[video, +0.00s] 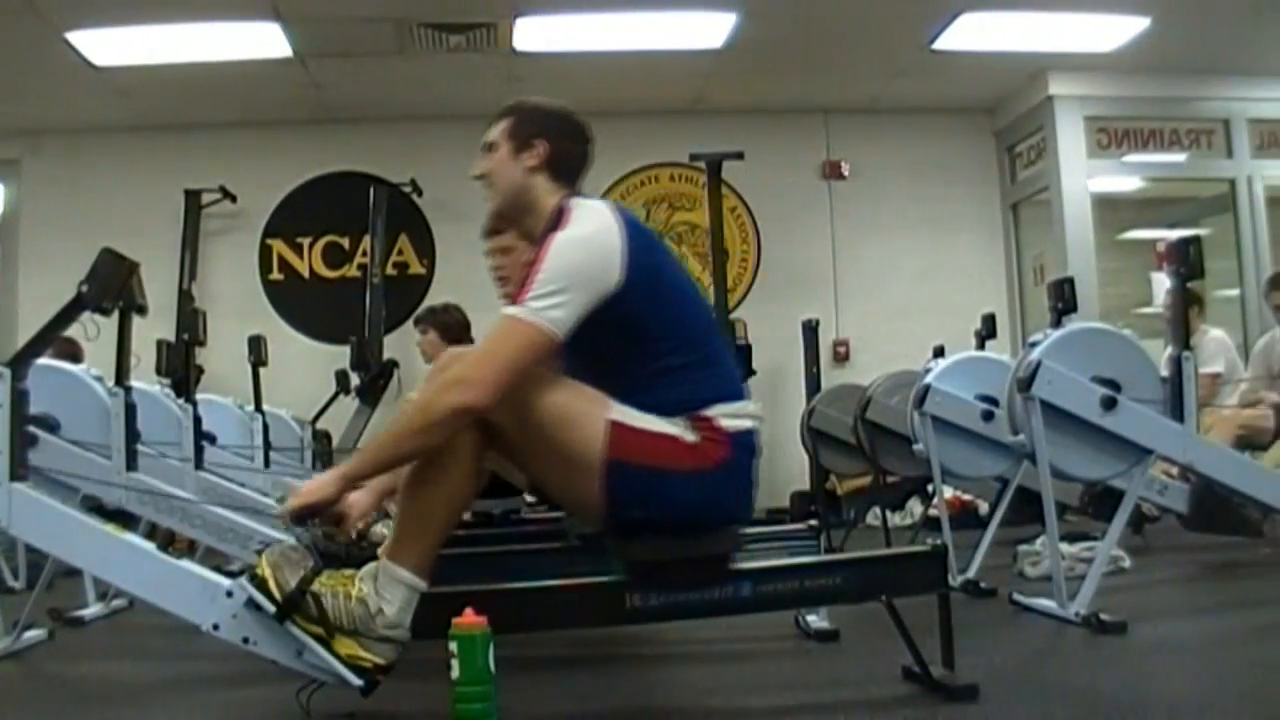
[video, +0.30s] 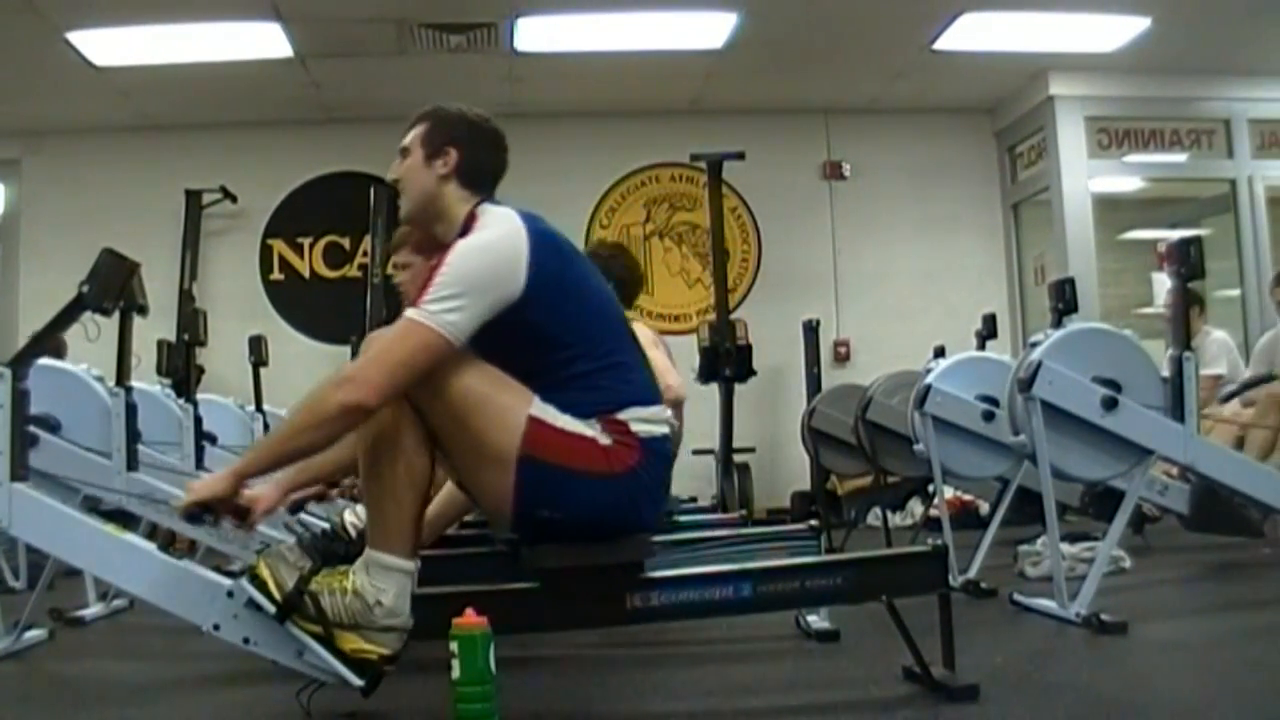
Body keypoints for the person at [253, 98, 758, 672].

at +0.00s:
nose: (479, 168)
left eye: (491, 151)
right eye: (482, 154)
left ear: (536, 157)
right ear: (535, 161)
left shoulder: (591, 234)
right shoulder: (570, 241)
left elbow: (469, 390)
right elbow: (477, 391)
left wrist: (341, 475)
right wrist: (373, 493)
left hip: (700, 462)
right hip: (670, 458)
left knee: (467, 382)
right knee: (465, 398)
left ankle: (385, 603)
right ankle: (384, 601)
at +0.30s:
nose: (393, 174)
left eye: (405, 156)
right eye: (397, 158)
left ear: (446, 163)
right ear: (451, 167)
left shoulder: (498, 242)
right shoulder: (493, 245)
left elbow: (364, 393)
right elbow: (391, 413)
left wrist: (232, 474)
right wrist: (280, 490)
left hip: (609, 471)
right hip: (596, 466)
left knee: (387, 356)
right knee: (402, 365)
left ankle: (382, 593)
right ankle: (385, 590)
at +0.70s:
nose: (452, 151)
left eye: (470, 136)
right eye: (459, 137)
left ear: (513, 148)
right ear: (510, 153)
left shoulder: (547, 229)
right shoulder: (510, 243)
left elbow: (396, 376)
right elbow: (397, 375)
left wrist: (257, 433)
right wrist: (279, 447)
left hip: (645, 469)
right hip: (609, 464)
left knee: (428, 358)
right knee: (416, 359)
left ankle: (386, 589)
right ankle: (378, 568)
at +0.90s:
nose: (543, 138)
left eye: (561, 123)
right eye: (550, 124)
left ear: (606, 140)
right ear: (598, 144)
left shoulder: (639, 225)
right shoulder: (603, 235)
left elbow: (502, 373)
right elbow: (500, 357)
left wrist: (345, 425)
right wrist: (369, 412)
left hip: (716, 458)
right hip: (674, 448)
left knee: (489, 362)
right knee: (474, 336)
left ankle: (391, 594)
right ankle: (389, 571)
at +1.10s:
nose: (636, 134)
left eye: (654, 117)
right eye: (641, 120)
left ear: (700, 131)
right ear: (690, 135)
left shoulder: (738, 219)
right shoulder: (702, 227)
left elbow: (594, 348)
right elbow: (591, 345)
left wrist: (441, 389)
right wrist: (446, 394)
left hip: (797, 448)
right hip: (754, 440)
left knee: (542, 414)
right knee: (527, 418)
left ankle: (388, 609)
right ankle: (386, 598)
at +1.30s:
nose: (724, 134)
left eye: (739, 117)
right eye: (730, 121)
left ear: (788, 126)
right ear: (784, 131)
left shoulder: (827, 211)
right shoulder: (790, 218)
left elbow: (688, 333)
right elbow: (680, 329)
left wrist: (530, 372)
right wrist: (541, 386)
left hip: (860, 446)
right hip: (822, 439)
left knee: (594, 457)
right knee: (583, 460)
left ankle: (396, 610)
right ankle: (390, 592)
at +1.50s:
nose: (799, 133)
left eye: (814, 117)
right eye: (802, 119)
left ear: (864, 125)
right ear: (846, 129)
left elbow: (783, 335)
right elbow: (753, 340)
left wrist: (621, 361)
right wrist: (619, 374)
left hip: (888, 444)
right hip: (837, 437)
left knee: (637, 507)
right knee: (617, 501)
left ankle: (400, 610)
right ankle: (398, 600)